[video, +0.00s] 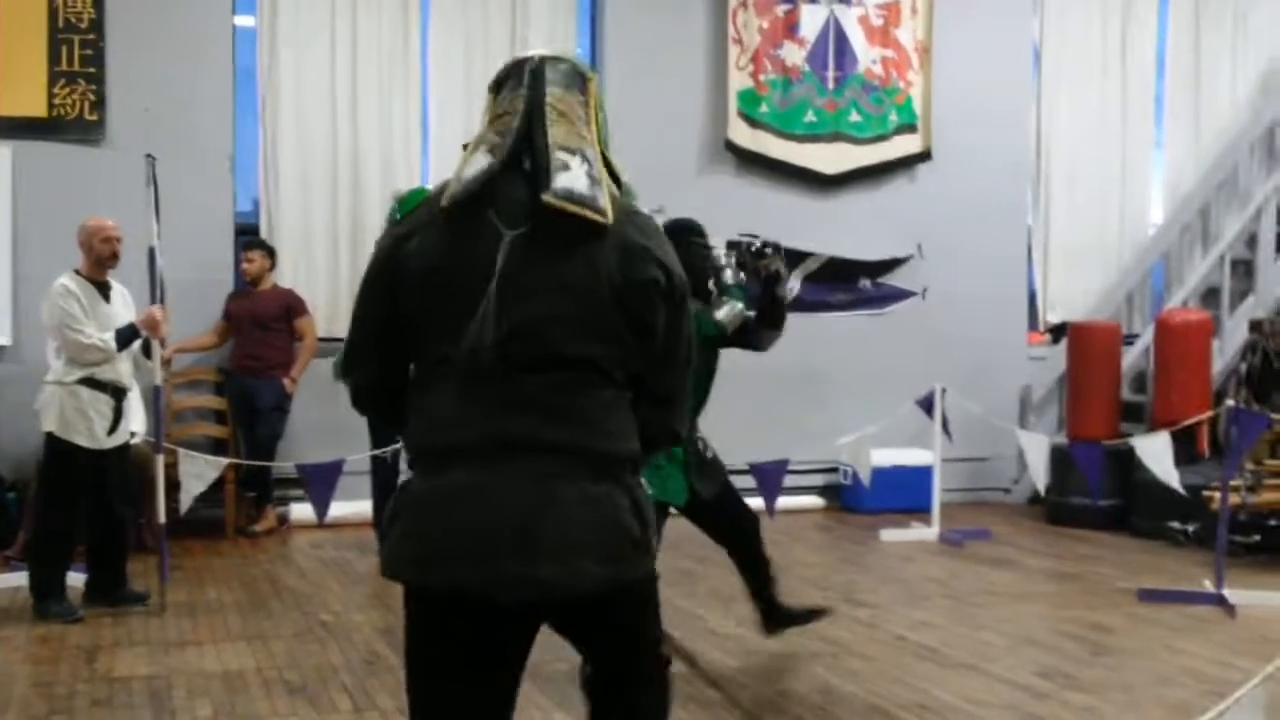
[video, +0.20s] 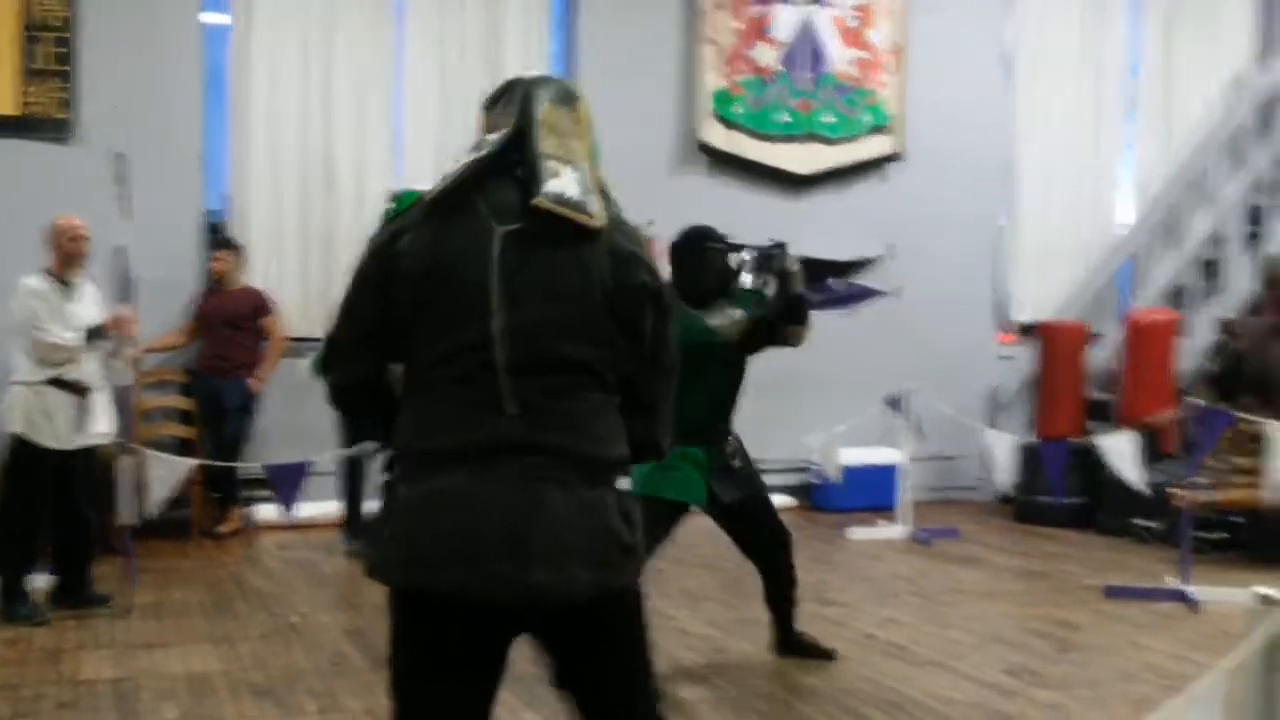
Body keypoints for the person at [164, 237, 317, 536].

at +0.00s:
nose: (245, 266)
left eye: (251, 261)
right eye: (243, 261)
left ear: (269, 263)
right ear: (242, 265)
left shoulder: (287, 299)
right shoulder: (236, 299)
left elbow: (310, 339)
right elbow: (217, 337)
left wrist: (293, 377)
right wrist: (176, 348)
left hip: (273, 382)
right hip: (239, 380)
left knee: (263, 446)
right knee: (248, 446)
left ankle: (265, 510)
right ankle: (263, 510)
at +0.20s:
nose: (216, 265)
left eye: (222, 260)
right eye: (214, 259)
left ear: (237, 263)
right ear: (211, 264)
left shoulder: (254, 299)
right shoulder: (208, 299)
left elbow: (277, 338)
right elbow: (186, 335)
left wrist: (260, 377)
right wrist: (145, 349)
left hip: (238, 381)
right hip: (206, 379)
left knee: (228, 445)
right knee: (211, 446)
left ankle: (231, 510)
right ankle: (218, 509)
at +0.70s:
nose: (118, 267)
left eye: (125, 261)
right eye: (116, 262)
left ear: (144, 264)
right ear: (115, 265)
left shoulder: (162, 300)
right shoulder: (110, 301)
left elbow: (186, 341)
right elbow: (88, 339)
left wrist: (168, 380)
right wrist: (46, 351)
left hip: (146, 384)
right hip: (112, 382)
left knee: (136, 449)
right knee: (119, 449)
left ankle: (139, 515)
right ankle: (130, 514)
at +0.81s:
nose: (105, 267)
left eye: (112, 261)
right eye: (103, 262)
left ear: (130, 264)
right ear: (102, 265)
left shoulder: (148, 301)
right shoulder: (98, 301)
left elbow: (174, 340)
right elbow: (76, 340)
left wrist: (156, 381)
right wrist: (33, 353)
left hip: (134, 385)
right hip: (100, 384)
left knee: (124, 451)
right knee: (107, 451)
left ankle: (129, 517)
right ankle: (121, 515)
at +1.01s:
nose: (75, 269)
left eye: (82, 263)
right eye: (73, 264)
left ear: (101, 266)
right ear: (72, 268)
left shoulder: (119, 303)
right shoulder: (67, 304)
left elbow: (144, 344)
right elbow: (45, 343)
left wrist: (126, 384)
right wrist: (5, 354)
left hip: (104, 389)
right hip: (69, 387)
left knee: (93, 454)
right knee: (77, 455)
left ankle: (97, 521)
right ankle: (86, 520)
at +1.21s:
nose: (40, 267)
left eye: (47, 262)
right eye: (38, 262)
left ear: (66, 264)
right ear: (37, 266)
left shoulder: (86, 302)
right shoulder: (31, 302)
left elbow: (110, 343)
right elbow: (14, 336)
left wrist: (91, 384)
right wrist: (1, 348)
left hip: (69, 387)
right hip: (33, 385)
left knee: (58, 453)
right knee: (40, 453)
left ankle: (60, 519)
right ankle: (52, 518)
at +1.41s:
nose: (2, 263)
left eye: (8, 258)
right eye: (1, 258)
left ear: (26, 260)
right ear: (3, 261)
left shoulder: (43, 298)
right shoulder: (6, 295)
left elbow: (70, 338)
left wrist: (50, 380)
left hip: (27, 384)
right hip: (7, 383)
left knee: (16, 455)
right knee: (9, 454)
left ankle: (18, 519)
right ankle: (19, 519)